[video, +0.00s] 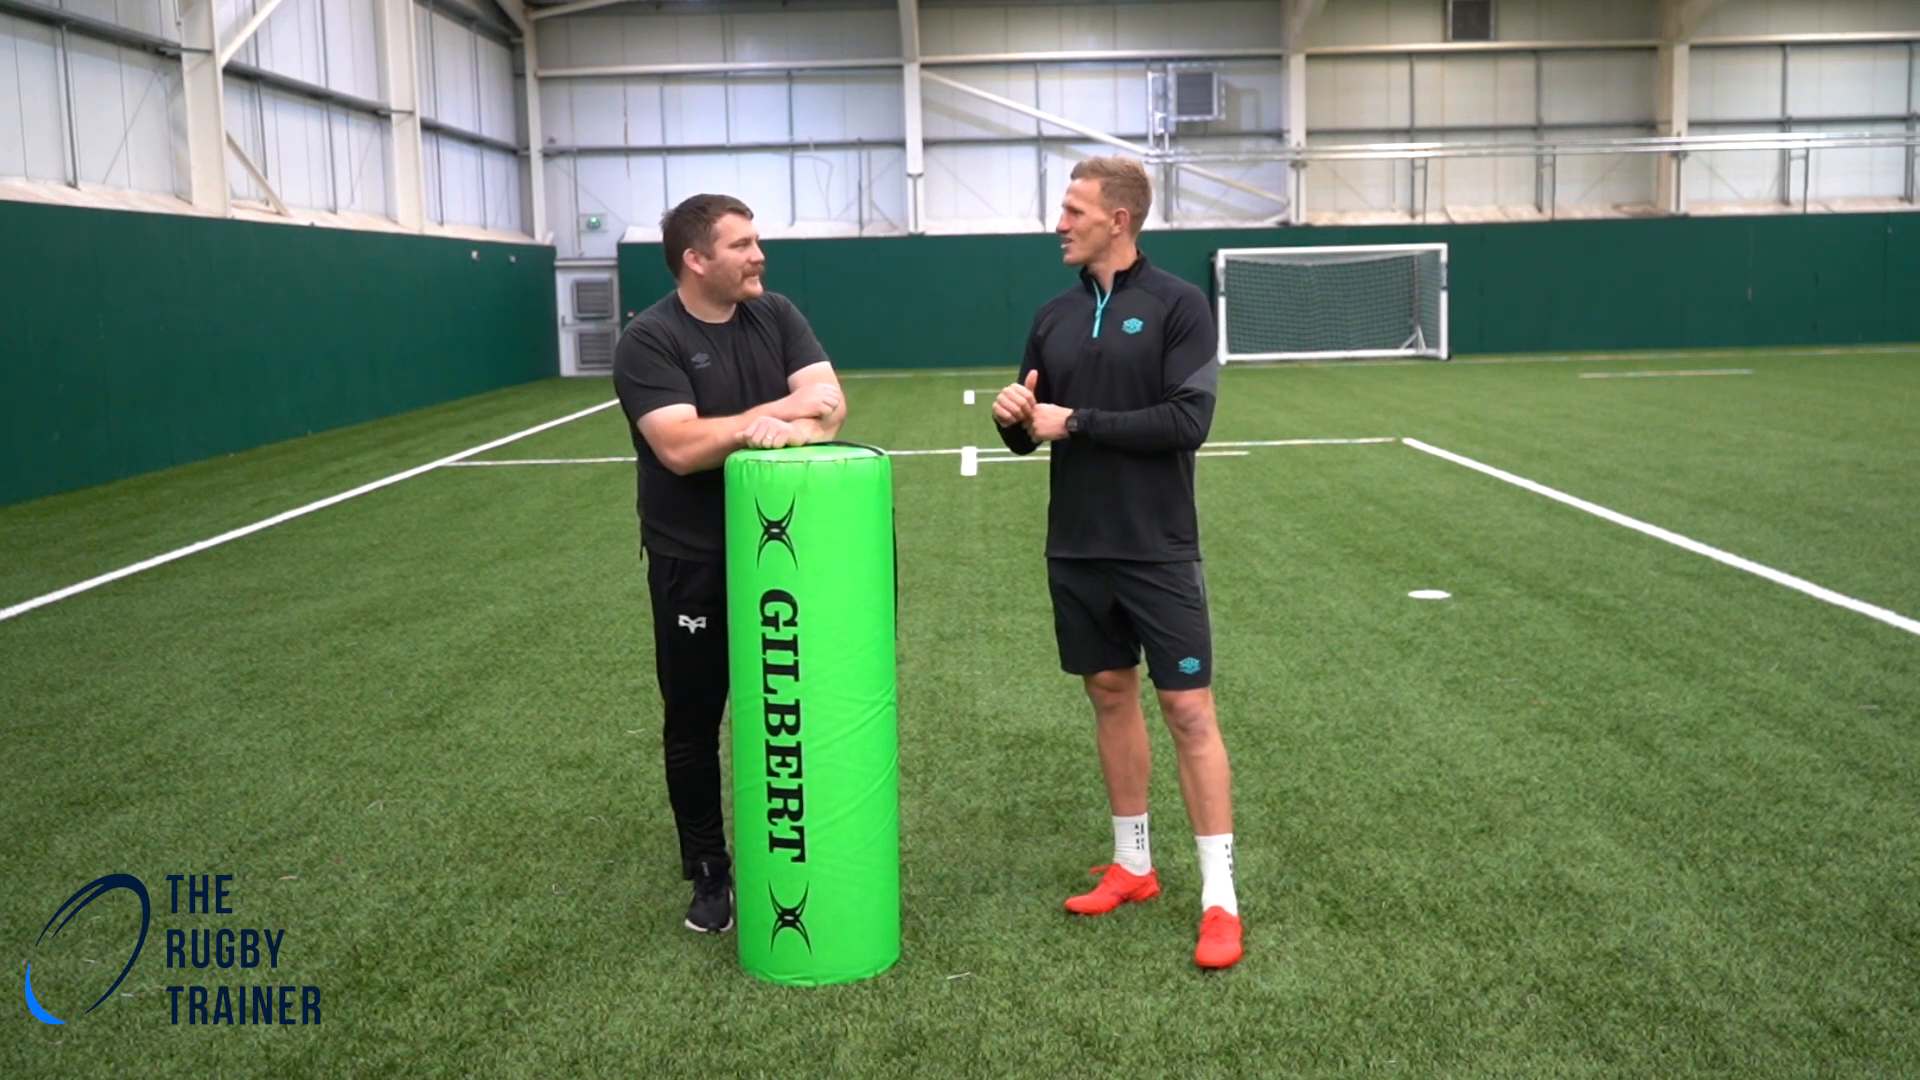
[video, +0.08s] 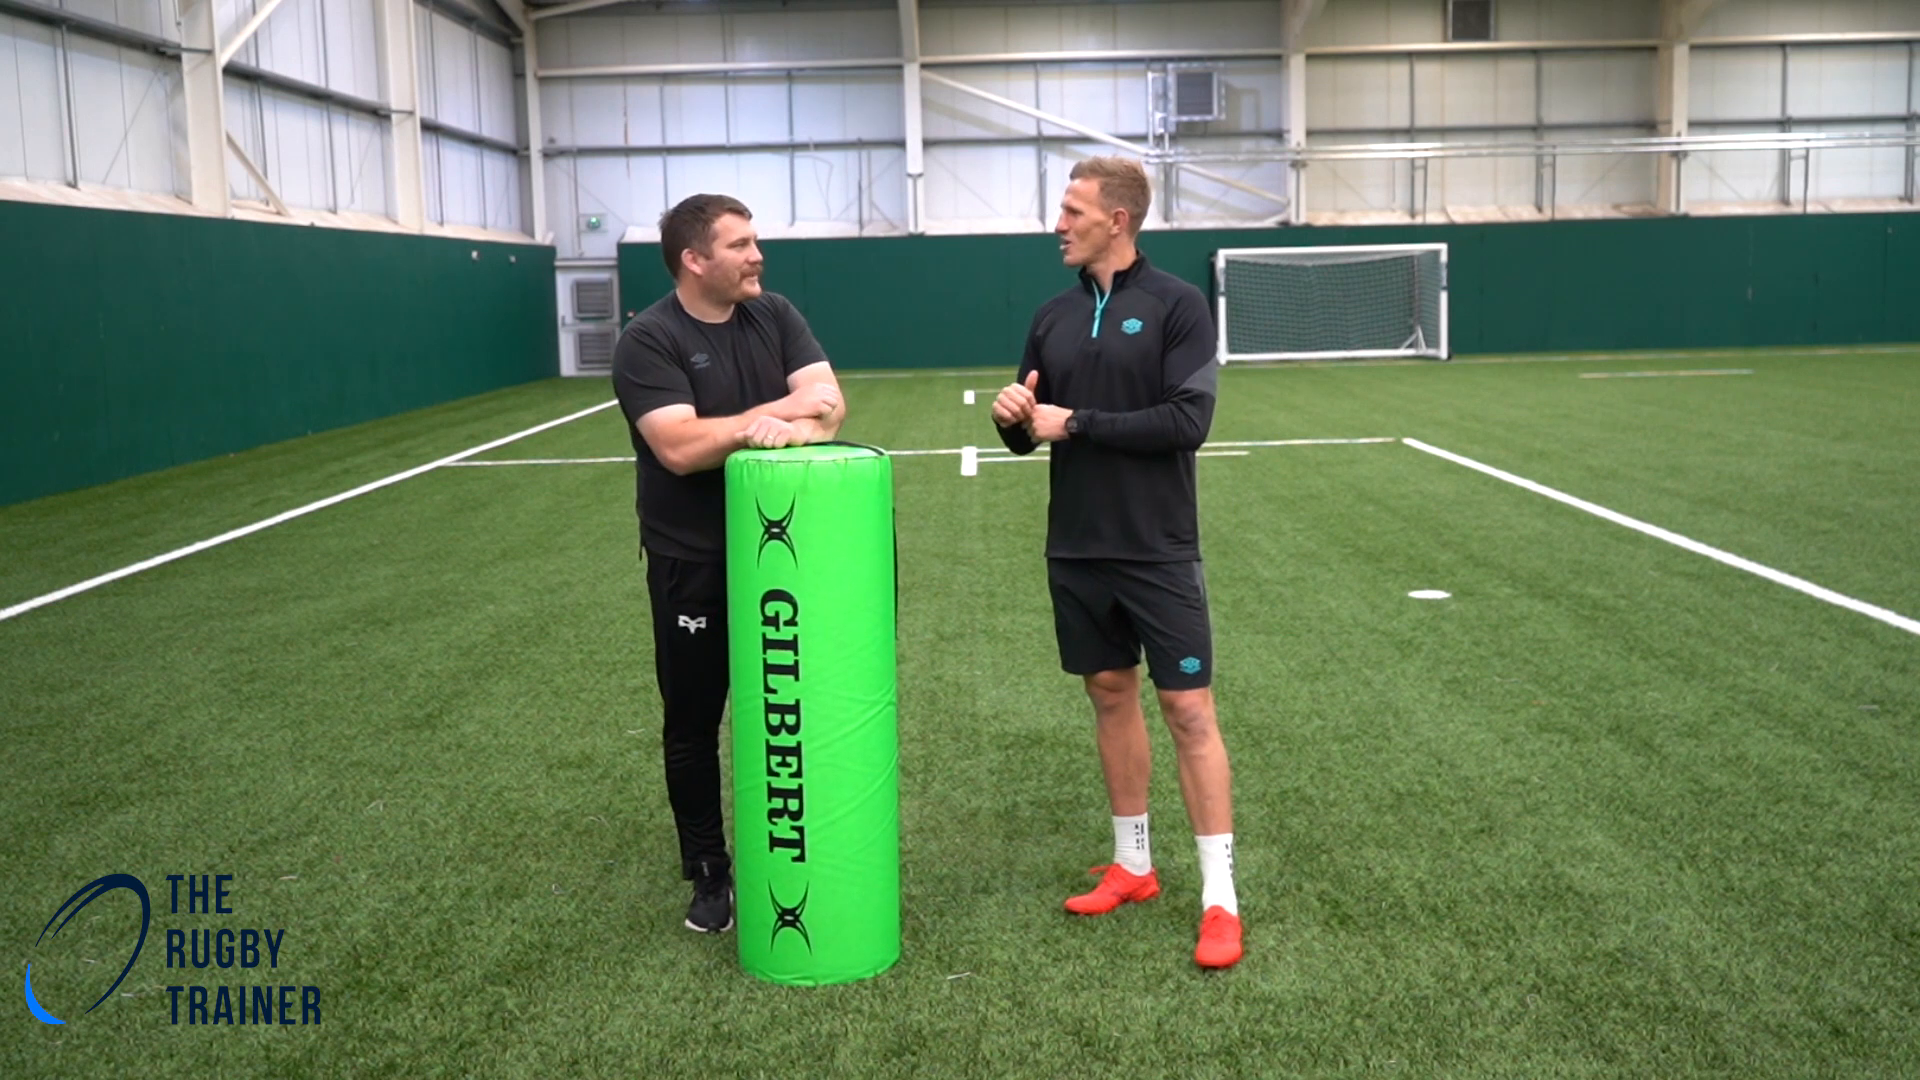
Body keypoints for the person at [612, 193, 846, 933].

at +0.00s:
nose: (757, 255)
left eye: (756, 242)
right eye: (741, 246)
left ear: (740, 254)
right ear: (692, 260)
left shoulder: (775, 314)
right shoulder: (646, 342)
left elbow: (828, 405)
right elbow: (680, 450)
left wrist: (753, 425)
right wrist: (785, 412)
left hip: (782, 554)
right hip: (693, 561)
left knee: (793, 716)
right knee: (694, 726)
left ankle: (804, 866)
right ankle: (710, 873)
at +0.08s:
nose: (755, 255)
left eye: (754, 243)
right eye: (740, 246)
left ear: (740, 254)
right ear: (691, 260)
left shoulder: (773, 314)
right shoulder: (646, 342)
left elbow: (827, 405)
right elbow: (679, 450)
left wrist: (759, 424)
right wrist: (785, 412)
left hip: (781, 554)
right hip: (692, 562)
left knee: (793, 715)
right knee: (694, 726)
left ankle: (804, 866)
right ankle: (709, 874)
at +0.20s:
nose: (755, 256)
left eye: (754, 243)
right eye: (739, 247)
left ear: (743, 253)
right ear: (690, 260)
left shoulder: (775, 314)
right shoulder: (645, 342)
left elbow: (828, 406)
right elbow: (680, 447)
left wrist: (751, 423)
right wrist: (785, 410)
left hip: (782, 555)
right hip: (692, 561)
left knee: (793, 716)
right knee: (694, 726)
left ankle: (804, 867)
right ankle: (710, 873)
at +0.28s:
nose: (755, 257)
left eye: (755, 244)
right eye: (739, 247)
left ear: (750, 251)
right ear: (691, 260)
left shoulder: (778, 316)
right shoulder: (646, 340)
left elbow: (830, 406)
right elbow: (685, 443)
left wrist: (764, 423)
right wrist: (788, 406)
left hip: (783, 556)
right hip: (693, 562)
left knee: (793, 716)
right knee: (694, 726)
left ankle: (802, 868)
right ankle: (710, 874)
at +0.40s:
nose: (758, 258)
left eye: (759, 244)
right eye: (741, 248)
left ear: (757, 250)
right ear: (694, 260)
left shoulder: (783, 315)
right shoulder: (652, 336)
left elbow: (833, 406)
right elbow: (696, 433)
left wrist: (775, 429)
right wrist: (794, 392)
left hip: (784, 555)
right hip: (694, 559)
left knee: (791, 713)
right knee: (695, 722)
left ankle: (800, 864)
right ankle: (709, 871)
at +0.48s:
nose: (761, 259)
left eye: (763, 245)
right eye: (743, 248)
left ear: (762, 250)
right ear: (697, 259)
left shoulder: (789, 314)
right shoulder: (656, 335)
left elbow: (837, 405)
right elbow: (709, 428)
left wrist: (775, 423)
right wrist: (813, 398)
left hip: (790, 554)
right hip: (697, 558)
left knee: (795, 712)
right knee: (698, 722)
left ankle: (802, 864)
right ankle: (709, 872)